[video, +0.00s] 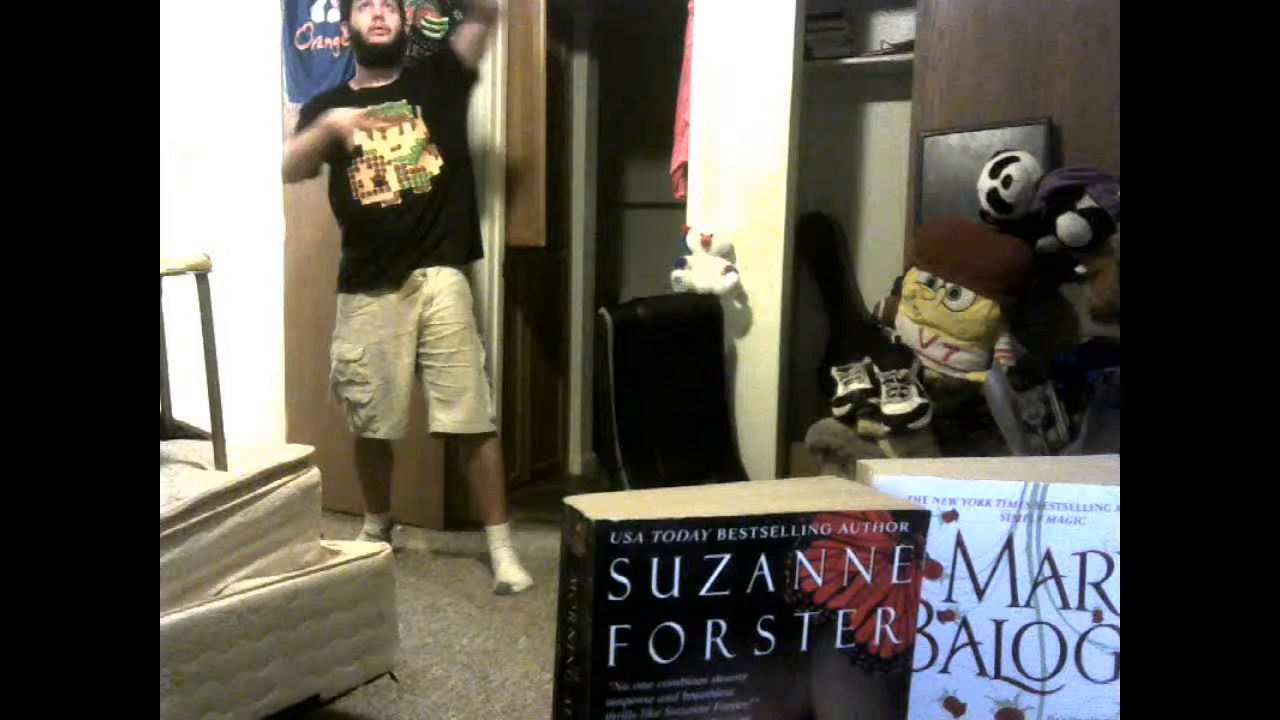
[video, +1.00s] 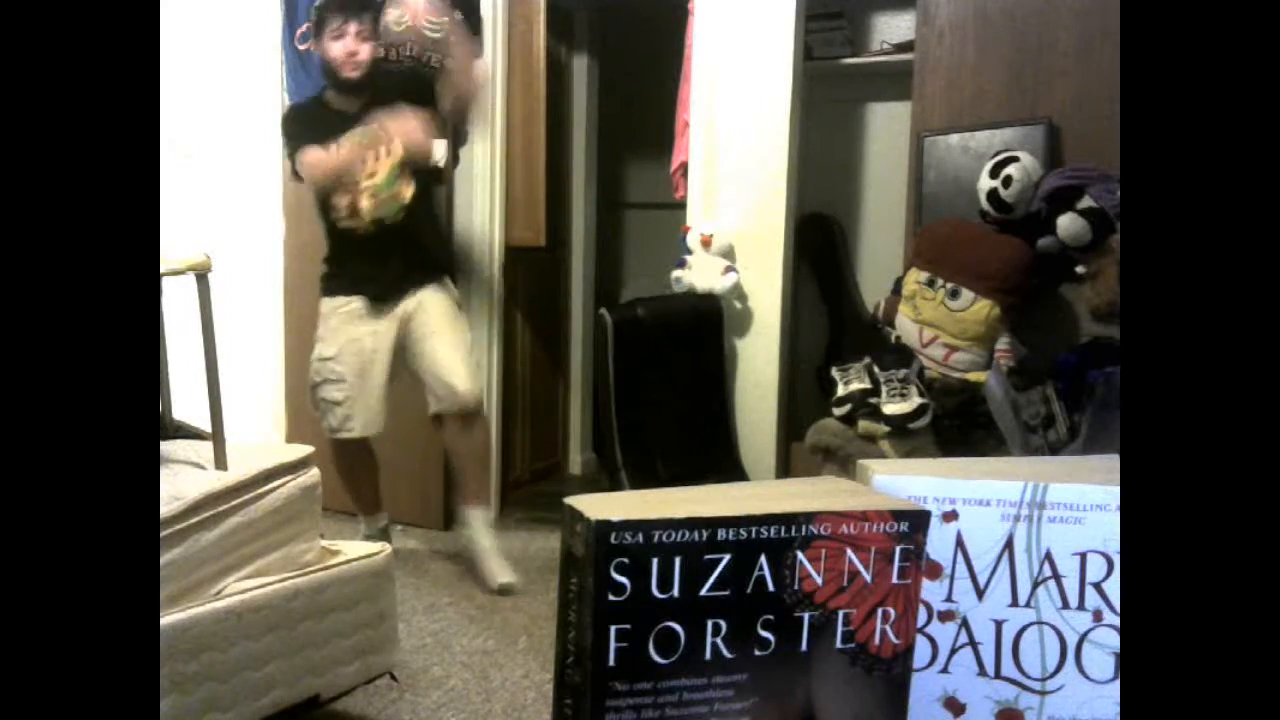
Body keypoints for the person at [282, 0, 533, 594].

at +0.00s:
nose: (379, 13)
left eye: (388, 5)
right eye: (366, 7)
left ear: (405, 19)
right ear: (348, 26)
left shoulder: (439, 74)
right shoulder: (331, 103)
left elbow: (484, 14)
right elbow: (290, 170)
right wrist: (328, 129)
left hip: (442, 268)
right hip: (369, 277)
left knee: (470, 411)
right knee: (369, 411)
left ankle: (500, 544)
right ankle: (376, 532)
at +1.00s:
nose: (352, 48)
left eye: (363, 36)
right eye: (339, 37)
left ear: (379, 42)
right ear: (318, 46)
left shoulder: (407, 88)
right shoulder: (304, 116)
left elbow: (465, 88)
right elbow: (315, 171)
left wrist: (448, 28)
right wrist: (385, 130)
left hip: (424, 278)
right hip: (351, 287)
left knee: (462, 399)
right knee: (346, 420)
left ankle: (476, 527)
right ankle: (375, 531)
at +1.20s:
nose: (355, 66)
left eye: (365, 52)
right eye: (342, 53)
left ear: (381, 53)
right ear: (319, 53)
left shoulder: (403, 120)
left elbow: (412, 222)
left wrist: (350, 267)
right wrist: (320, 259)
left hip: (407, 274)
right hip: (336, 285)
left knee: (447, 376)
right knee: (343, 419)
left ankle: (459, 518)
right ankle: (374, 528)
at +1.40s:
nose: (337, 71)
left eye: (348, 58)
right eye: (325, 59)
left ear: (365, 59)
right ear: (307, 59)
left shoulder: (389, 125)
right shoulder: (292, 116)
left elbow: (359, 216)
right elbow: (229, 146)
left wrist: (277, 232)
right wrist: (196, 142)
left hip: (393, 281)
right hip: (324, 291)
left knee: (411, 392)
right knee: (327, 419)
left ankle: (448, 504)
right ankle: (368, 526)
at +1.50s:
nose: (323, 65)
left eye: (333, 52)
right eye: (311, 53)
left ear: (350, 53)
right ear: (293, 56)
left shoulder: (377, 110)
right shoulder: (281, 111)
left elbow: (353, 193)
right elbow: (201, 115)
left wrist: (276, 214)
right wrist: (214, 78)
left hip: (392, 265)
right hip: (325, 284)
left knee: (399, 346)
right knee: (325, 410)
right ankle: (370, 513)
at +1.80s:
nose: (309, 59)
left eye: (318, 47)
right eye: (296, 49)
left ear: (336, 48)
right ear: (280, 55)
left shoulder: (362, 94)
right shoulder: (272, 110)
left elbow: (392, 130)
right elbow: (202, 126)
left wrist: (299, 154)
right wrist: (254, 117)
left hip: (382, 255)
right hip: (320, 287)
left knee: (418, 268)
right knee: (325, 417)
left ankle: (388, 385)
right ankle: (370, 521)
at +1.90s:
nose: (306, 62)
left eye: (314, 49)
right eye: (294, 52)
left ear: (331, 48)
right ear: (275, 56)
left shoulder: (365, 96)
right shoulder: (263, 123)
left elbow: (413, 124)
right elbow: (235, 164)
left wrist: (347, 150)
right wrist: (311, 159)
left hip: (378, 253)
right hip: (317, 287)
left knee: (407, 248)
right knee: (327, 420)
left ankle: (390, 366)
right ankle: (368, 518)